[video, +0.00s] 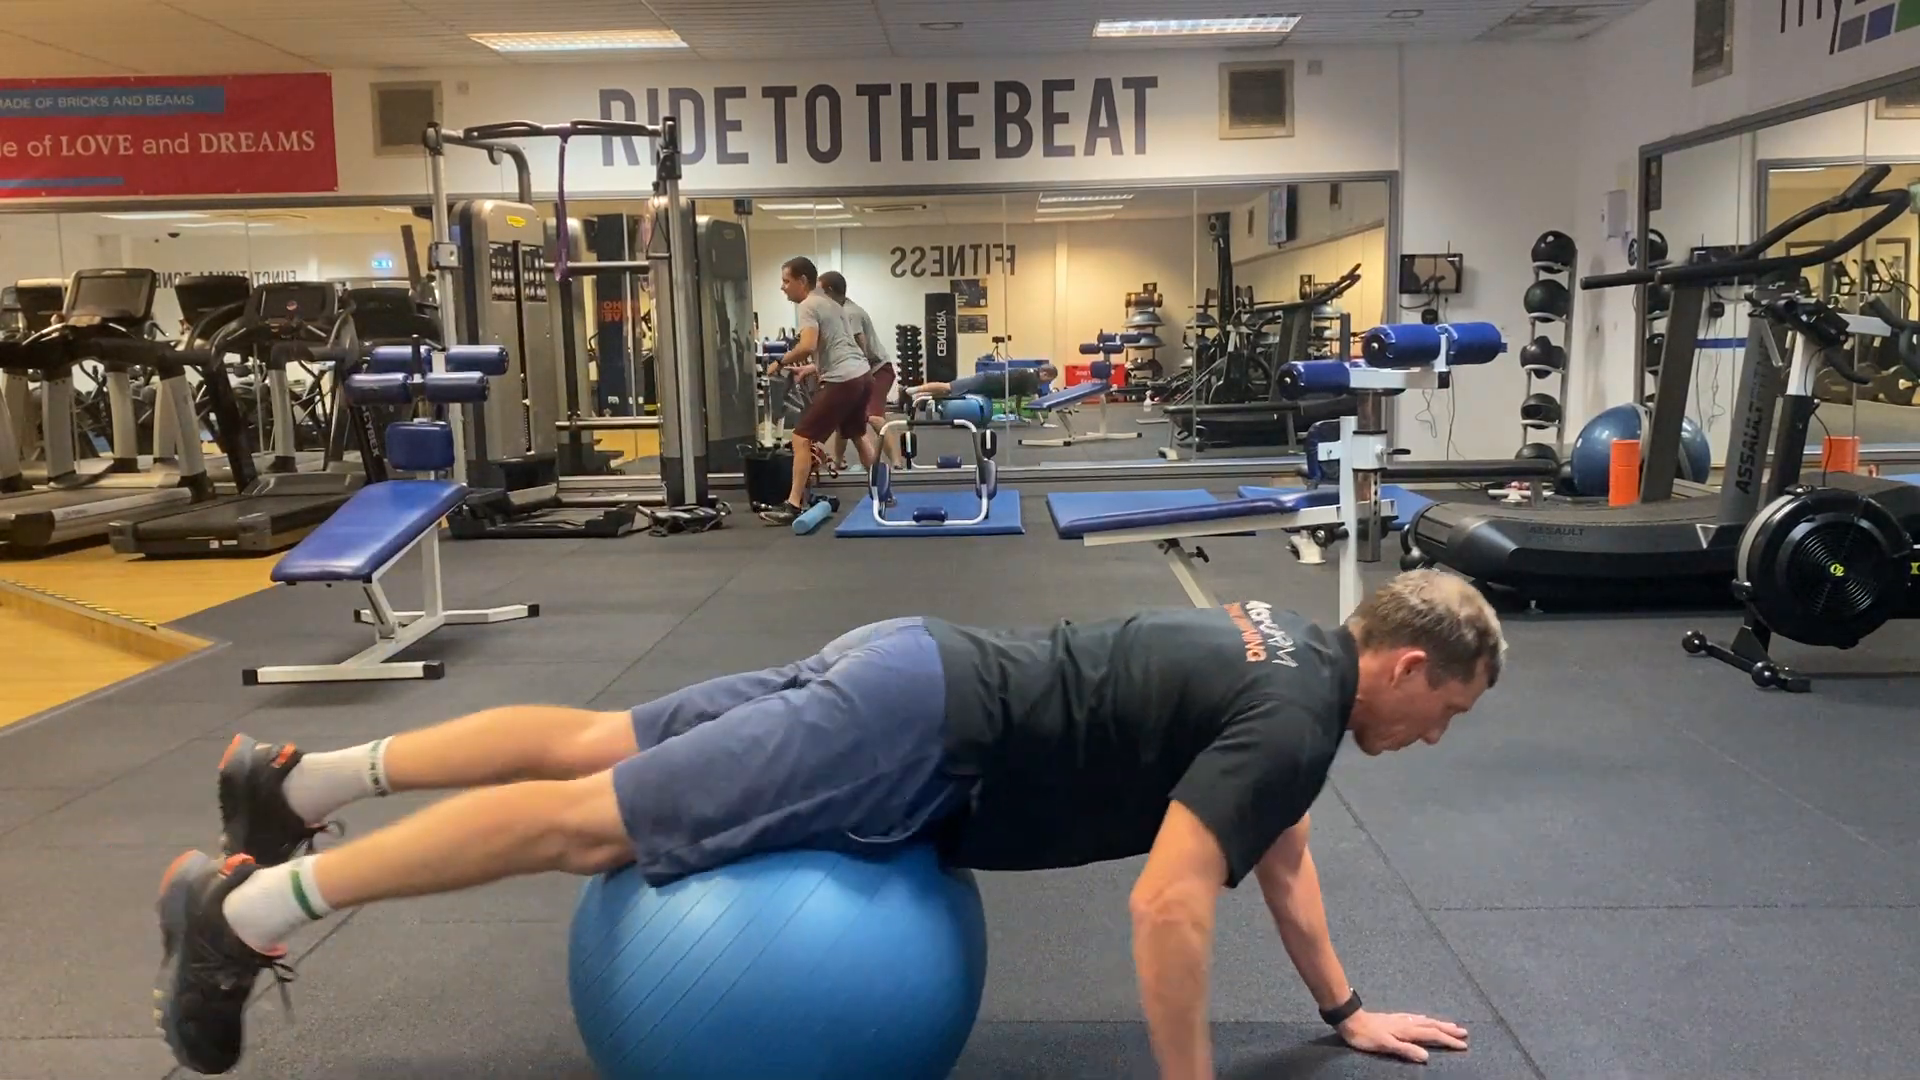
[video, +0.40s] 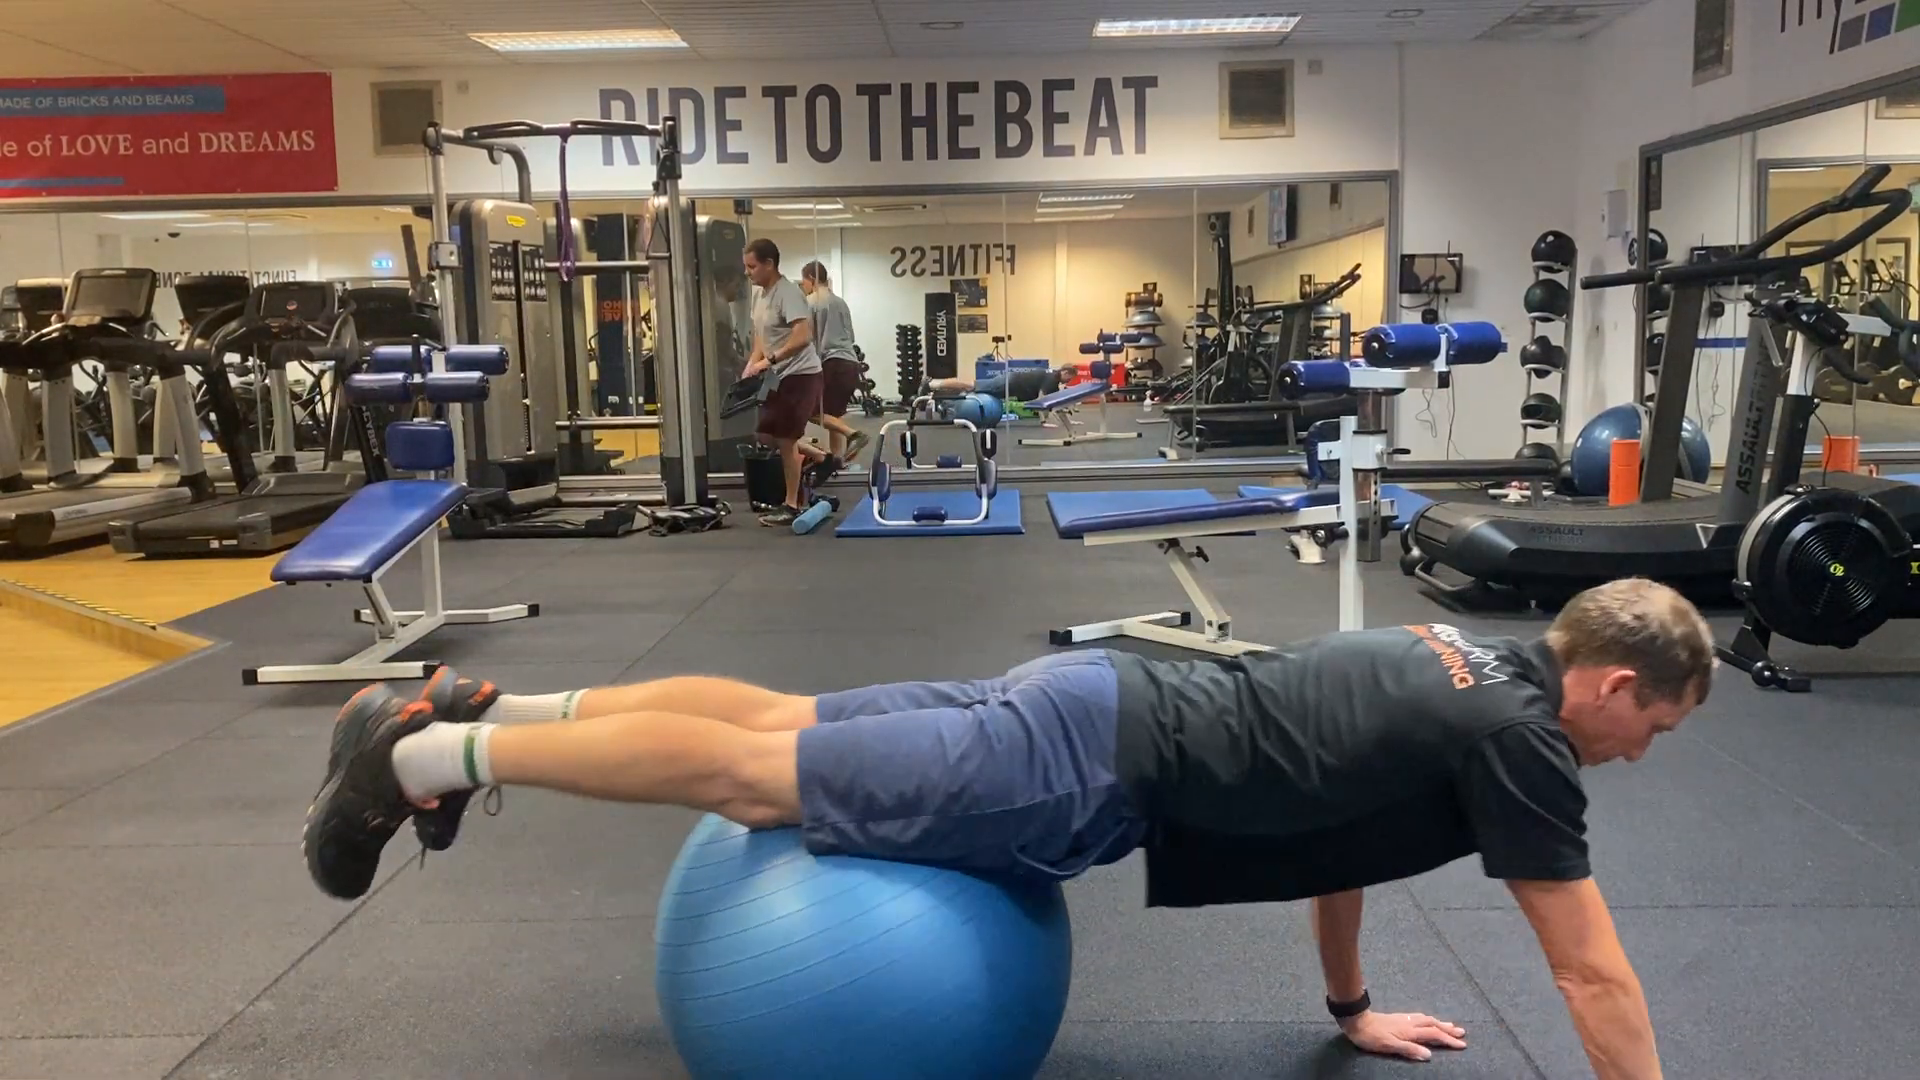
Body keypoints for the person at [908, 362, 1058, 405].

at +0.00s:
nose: (1046, 379)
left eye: (1048, 378)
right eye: (1048, 377)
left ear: (1045, 373)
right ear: (1045, 373)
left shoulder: (1030, 376)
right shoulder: (1031, 378)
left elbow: (1021, 397)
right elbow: (1032, 396)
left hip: (987, 386)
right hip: (985, 381)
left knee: (951, 390)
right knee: (950, 389)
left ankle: (918, 393)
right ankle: (913, 390)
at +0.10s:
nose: (1052, 381)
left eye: (1054, 379)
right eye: (1054, 379)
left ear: (1048, 372)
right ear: (1050, 373)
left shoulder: (1035, 377)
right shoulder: (1035, 378)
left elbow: (1036, 399)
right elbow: (1038, 400)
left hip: (993, 389)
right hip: (990, 380)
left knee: (956, 392)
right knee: (954, 387)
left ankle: (925, 397)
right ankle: (917, 388)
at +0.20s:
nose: (1057, 381)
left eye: (1058, 379)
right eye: (1058, 378)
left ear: (1053, 373)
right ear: (1054, 374)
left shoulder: (1040, 377)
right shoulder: (1040, 379)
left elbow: (1044, 399)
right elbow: (1044, 401)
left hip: (997, 386)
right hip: (996, 381)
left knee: (960, 390)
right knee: (960, 388)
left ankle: (925, 393)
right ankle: (920, 387)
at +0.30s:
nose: (1062, 380)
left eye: (1064, 378)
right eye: (1063, 377)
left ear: (1061, 375)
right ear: (1058, 373)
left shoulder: (1048, 383)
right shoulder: (1044, 379)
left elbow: (1057, 406)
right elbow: (1038, 402)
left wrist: (1069, 427)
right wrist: (1042, 421)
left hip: (1004, 386)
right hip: (1002, 381)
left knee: (967, 390)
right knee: (966, 388)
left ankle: (931, 391)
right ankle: (927, 386)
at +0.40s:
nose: (1069, 380)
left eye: (1071, 378)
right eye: (1069, 376)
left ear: (1066, 374)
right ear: (1064, 372)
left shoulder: (1053, 380)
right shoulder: (1051, 379)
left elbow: (1050, 400)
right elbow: (1044, 401)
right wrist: (1045, 420)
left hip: (1009, 385)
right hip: (1007, 382)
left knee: (971, 389)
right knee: (971, 387)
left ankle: (934, 389)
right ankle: (932, 384)